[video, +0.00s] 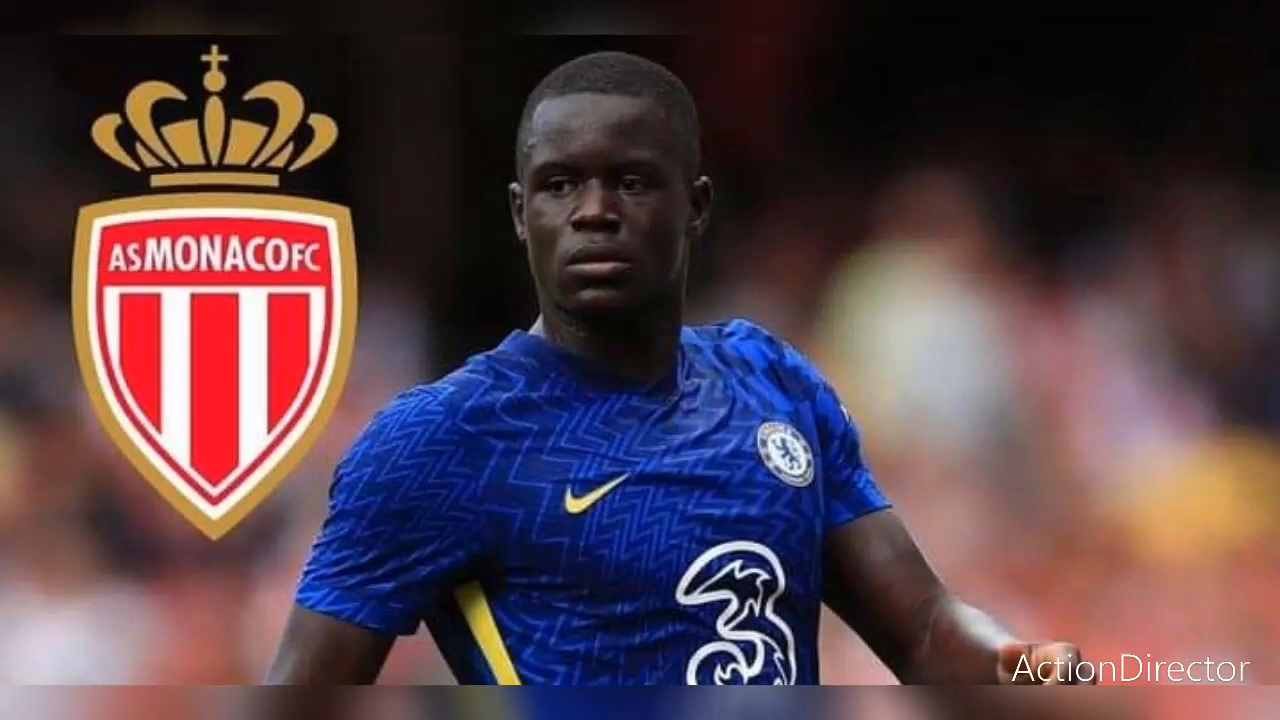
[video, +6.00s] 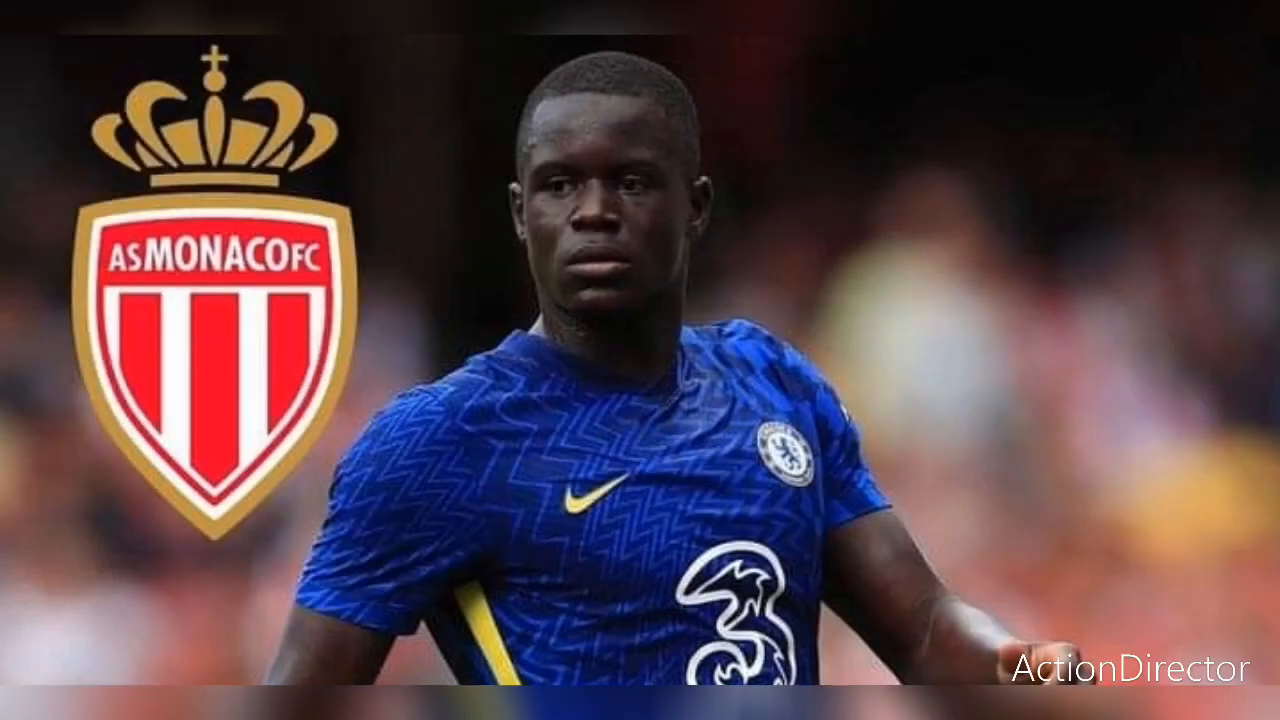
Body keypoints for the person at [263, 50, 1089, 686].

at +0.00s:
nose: (595, 209)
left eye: (633, 178)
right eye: (560, 181)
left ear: (697, 207)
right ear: (523, 215)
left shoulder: (770, 385)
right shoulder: (433, 445)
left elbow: (920, 626)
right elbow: (301, 691)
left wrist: (1018, 675)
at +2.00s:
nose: (595, 210)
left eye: (633, 178)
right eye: (560, 181)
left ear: (697, 209)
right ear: (522, 216)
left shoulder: (770, 385)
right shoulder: (433, 444)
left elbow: (921, 626)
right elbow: (301, 691)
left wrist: (1021, 675)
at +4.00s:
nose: (600, 209)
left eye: (636, 177)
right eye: (562, 180)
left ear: (698, 206)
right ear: (521, 213)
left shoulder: (773, 388)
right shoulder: (431, 444)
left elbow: (920, 625)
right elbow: (301, 691)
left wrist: (1019, 673)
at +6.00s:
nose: (596, 210)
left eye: (633, 178)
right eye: (560, 181)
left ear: (696, 207)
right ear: (522, 215)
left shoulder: (770, 385)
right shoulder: (434, 444)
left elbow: (921, 625)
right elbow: (301, 691)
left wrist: (1017, 673)